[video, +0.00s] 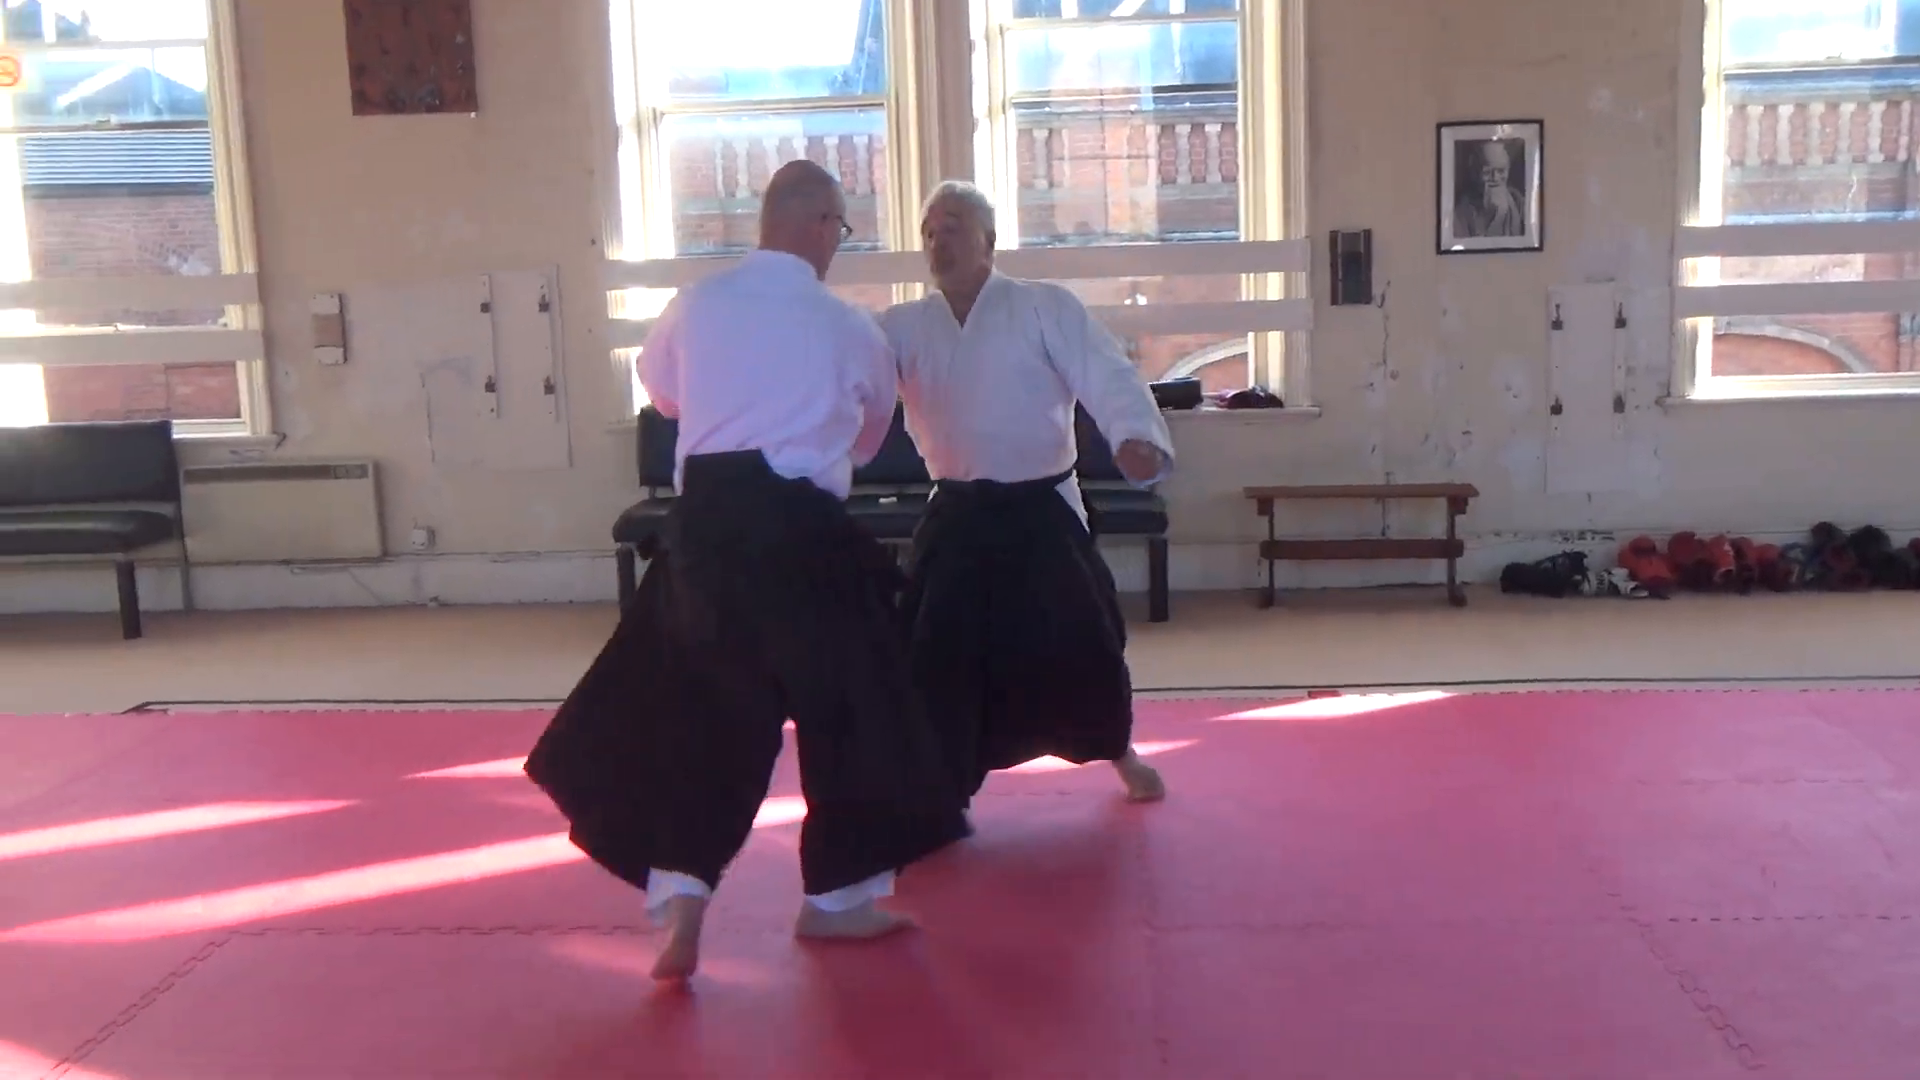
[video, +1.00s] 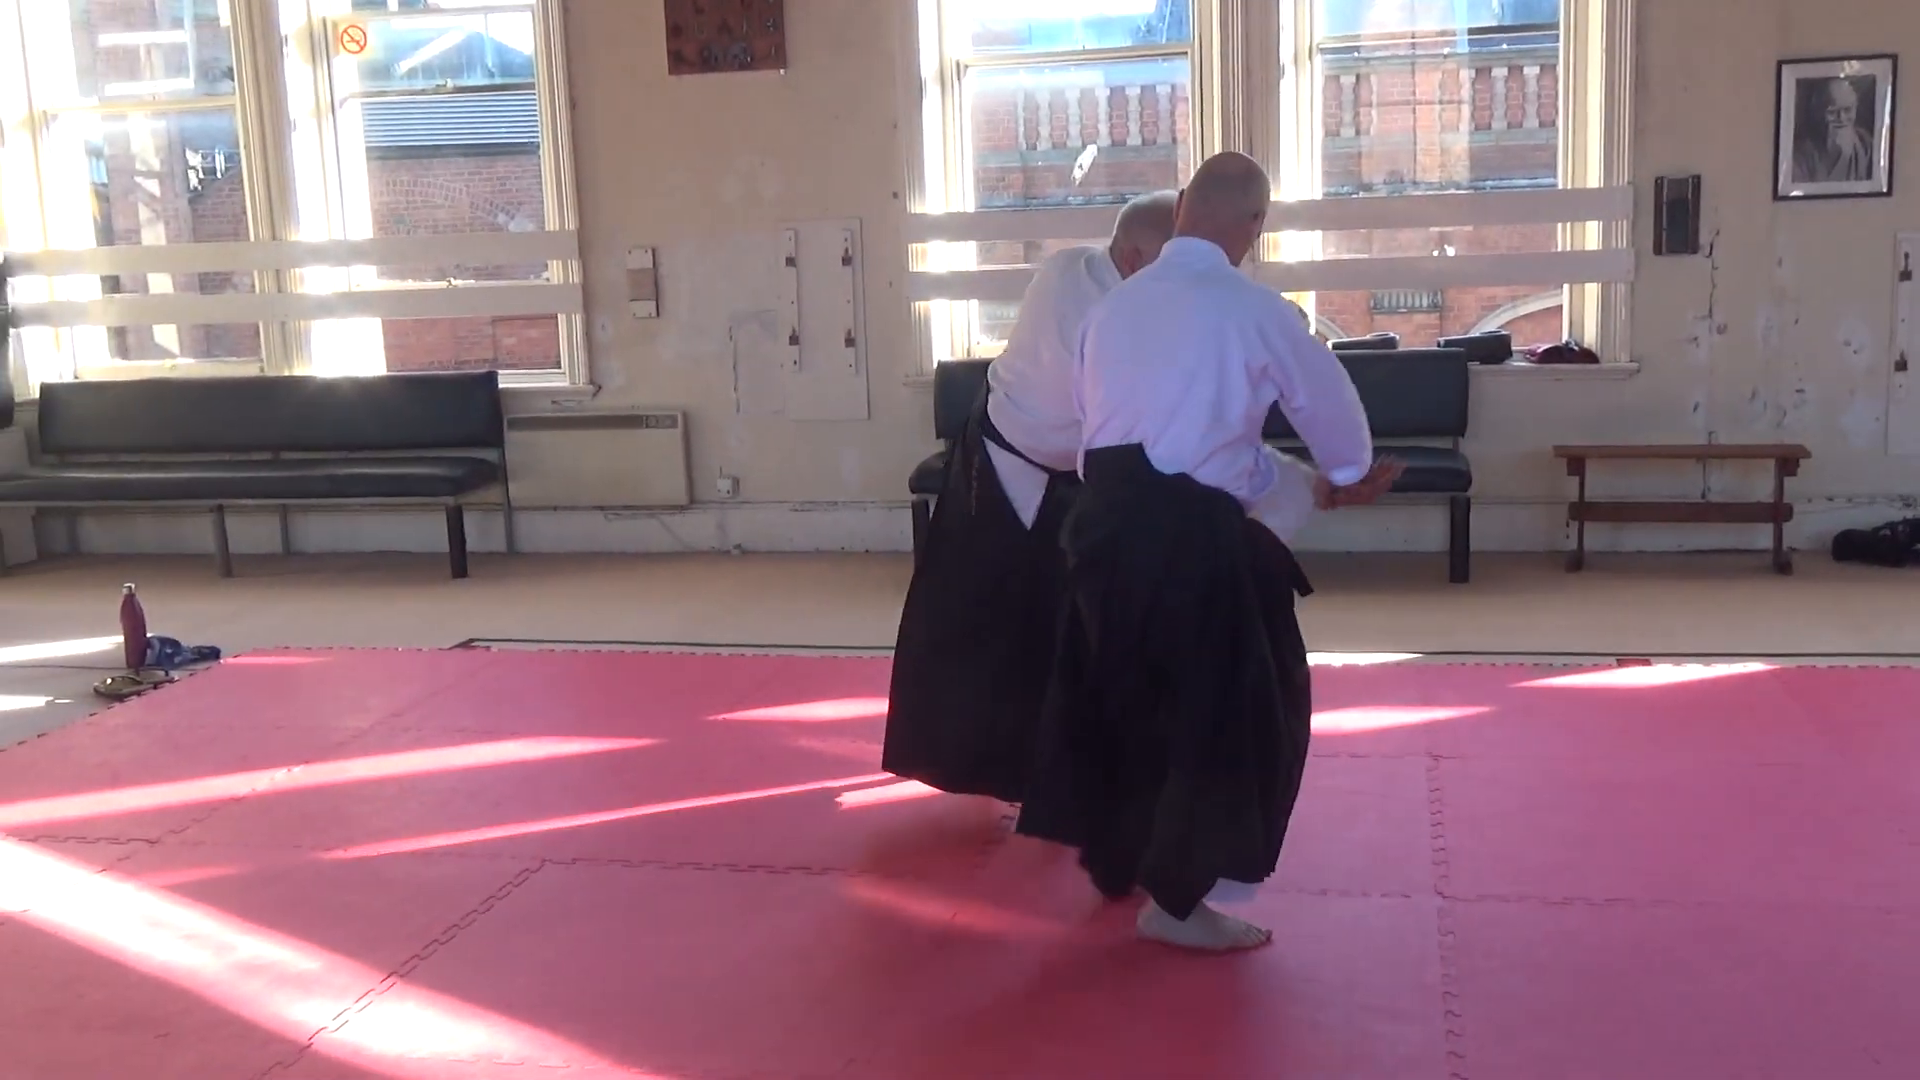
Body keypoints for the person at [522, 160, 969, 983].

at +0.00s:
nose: (839, 240)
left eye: (837, 227)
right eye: (840, 228)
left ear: (762, 224)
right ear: (825, 231)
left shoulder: (694, 304)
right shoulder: (852, 328)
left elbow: (659, 390)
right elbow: (869, 441)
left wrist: (737, 418)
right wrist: (797, 438)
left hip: (702, 519)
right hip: (801, 526)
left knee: (711, 708)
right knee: (846, 703)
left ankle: (682, 889)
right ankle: (838, 893)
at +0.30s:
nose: (967, 240)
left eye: (967, 225)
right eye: (965, 227)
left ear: (876, 221)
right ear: (950, 231)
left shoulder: (805, 308)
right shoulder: (980, 321)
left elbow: (767, 433)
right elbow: (979, 433)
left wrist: (818, 490)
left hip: (823, 540)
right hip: (935, 539)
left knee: (813, 744)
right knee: (962, 689)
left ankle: (796, 951)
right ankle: (958, 860)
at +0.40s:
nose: (1006, 247)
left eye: (1008, 234)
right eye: (1005, 234)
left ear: (910, 224)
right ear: (988, 233)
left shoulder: (837, 313)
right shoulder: (1014, 331)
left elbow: (805, 453)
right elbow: (1032, 465)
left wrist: (848, 522)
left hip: (846, 552)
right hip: (963, 554)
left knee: (848, 762)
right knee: (989, 692)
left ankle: (838, 981)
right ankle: (1014, 854)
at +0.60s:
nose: (1101, 241)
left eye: (1100, 227)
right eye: (1101, 227)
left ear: (1009, 223)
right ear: (1081, 230)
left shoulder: (929, 320)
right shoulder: (1098, 336)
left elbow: (895, 480)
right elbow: (1126, 491)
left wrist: (904, 554)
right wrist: (1090, 568)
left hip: (941, 568)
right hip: (1049, 571)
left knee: (939, 769)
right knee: (1091, 722)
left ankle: (909, 968)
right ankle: (1117, 904)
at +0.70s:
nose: (1152, 251)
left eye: (1152, 235)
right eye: (1155, 235)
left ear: (1070, 224)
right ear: (1144, 232)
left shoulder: (989, 325)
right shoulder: (1150, 335)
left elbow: (957, 471)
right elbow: (1195, 479)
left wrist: (949, 559)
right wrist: (1191, 545)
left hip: (987, 550)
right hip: (1096, 558)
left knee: (986, 758)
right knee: (1162, 712)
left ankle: (939, 952)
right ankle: (1134, 904)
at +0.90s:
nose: (1244, 239)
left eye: (1243, 227)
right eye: (1244, 227)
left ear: (1159, 212)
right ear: (1234, 227)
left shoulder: (1087, 305)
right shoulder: (1234, 314)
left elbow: (1054, 425)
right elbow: (1298, 418)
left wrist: (1064, 504)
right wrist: (1310, 504)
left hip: (1075, 526)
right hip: (1177, 534)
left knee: (1087, 706)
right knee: (1204, 711)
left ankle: (1048, 877)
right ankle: (1162, 901)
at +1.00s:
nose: (1258, 237)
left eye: (1259, 225)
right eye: (1261, 226)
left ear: (1178, 212)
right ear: (1253, 227)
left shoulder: (1108, 312)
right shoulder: (1259, 312)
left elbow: (1096, 429)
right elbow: (1340, 427)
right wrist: (1348, 478)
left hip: (1098, 521)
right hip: (1199, 532)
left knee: (1127, 687)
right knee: (1245, 703)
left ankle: (1120, 853)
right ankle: (1179, 897)